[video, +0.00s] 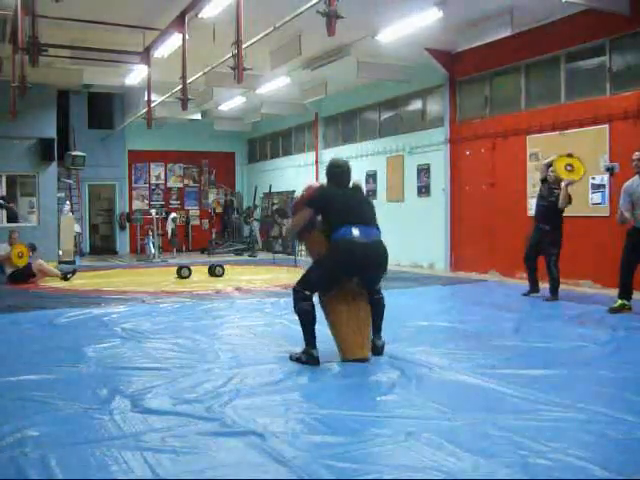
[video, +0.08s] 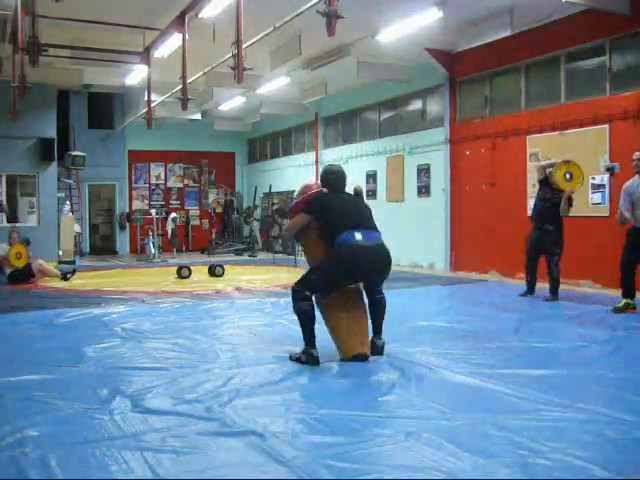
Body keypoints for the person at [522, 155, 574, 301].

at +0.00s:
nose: (551, 174)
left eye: (554, 171)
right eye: (549, 171)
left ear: (560, 174)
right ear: (547, 173)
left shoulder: (563, 192)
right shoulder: (545, 183)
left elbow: (562, 204)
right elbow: (543, 166)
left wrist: (564, 186)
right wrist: (560, 157)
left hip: (553, 228)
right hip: (540, 225)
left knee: (552, 261)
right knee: (529, 256)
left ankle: (554, 292)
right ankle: (533, 286)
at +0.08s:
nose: (561, 178)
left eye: (565, 176)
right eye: (560, 174)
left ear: (567, 181)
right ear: (554, 176)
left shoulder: (565, 196)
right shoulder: (544, 184)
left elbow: (563, 212)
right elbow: (540, 167)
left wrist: (565, 197)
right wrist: (556, 163)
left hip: (554, 228)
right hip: (538, 225)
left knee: (552, 261)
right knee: (531, 257)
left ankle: (554, 293)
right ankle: (530, 288)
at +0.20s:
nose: (561, 182)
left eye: (564, 181)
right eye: (559, 179)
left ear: (566, 184)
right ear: (555, 179)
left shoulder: (565, 196)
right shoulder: (544, 186)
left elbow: (564, 216)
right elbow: (538, 172)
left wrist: (566, 205)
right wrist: (556, 170)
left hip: (553, 230)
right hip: (537, 227)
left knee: (553, 263)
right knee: (532, 262)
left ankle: (554, 293)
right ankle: (528, 290)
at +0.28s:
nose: (556, 177)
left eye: (559, 174)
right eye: (554, 174)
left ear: (564, 177)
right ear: (550, 177)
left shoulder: (564, 194)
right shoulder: (542, 191)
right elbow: (531, 182)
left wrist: (569, 215)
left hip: (553, 232)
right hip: (537, 231)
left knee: (552, 264)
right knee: (533, 264)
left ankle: (553, 293)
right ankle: (529, 291)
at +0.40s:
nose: (556, 176)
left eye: (559, 174)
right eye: (554, 174)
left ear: (563, 178)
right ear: (549, 177)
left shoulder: (564, 194)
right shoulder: (542, 190)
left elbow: (569, 212)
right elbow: (529, 197)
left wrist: (567, 218)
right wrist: (548, 194)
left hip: (553, 232)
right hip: (537, 231)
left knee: (552, 264)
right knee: (533, 263)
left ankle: (553, 293)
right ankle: (529, 291)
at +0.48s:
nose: (556, 176)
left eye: (559, 174)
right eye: (553, 174)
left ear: (562, 178)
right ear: (549, 177)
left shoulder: (564, 197)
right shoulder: (540, 192)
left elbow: (570, 214)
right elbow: (529, 205)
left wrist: (568, 220)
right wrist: (545, 205)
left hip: (554, 235)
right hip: (537, 233)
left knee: (552, 265)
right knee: (532, 264)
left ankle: (553, 294)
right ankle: (528, 291)